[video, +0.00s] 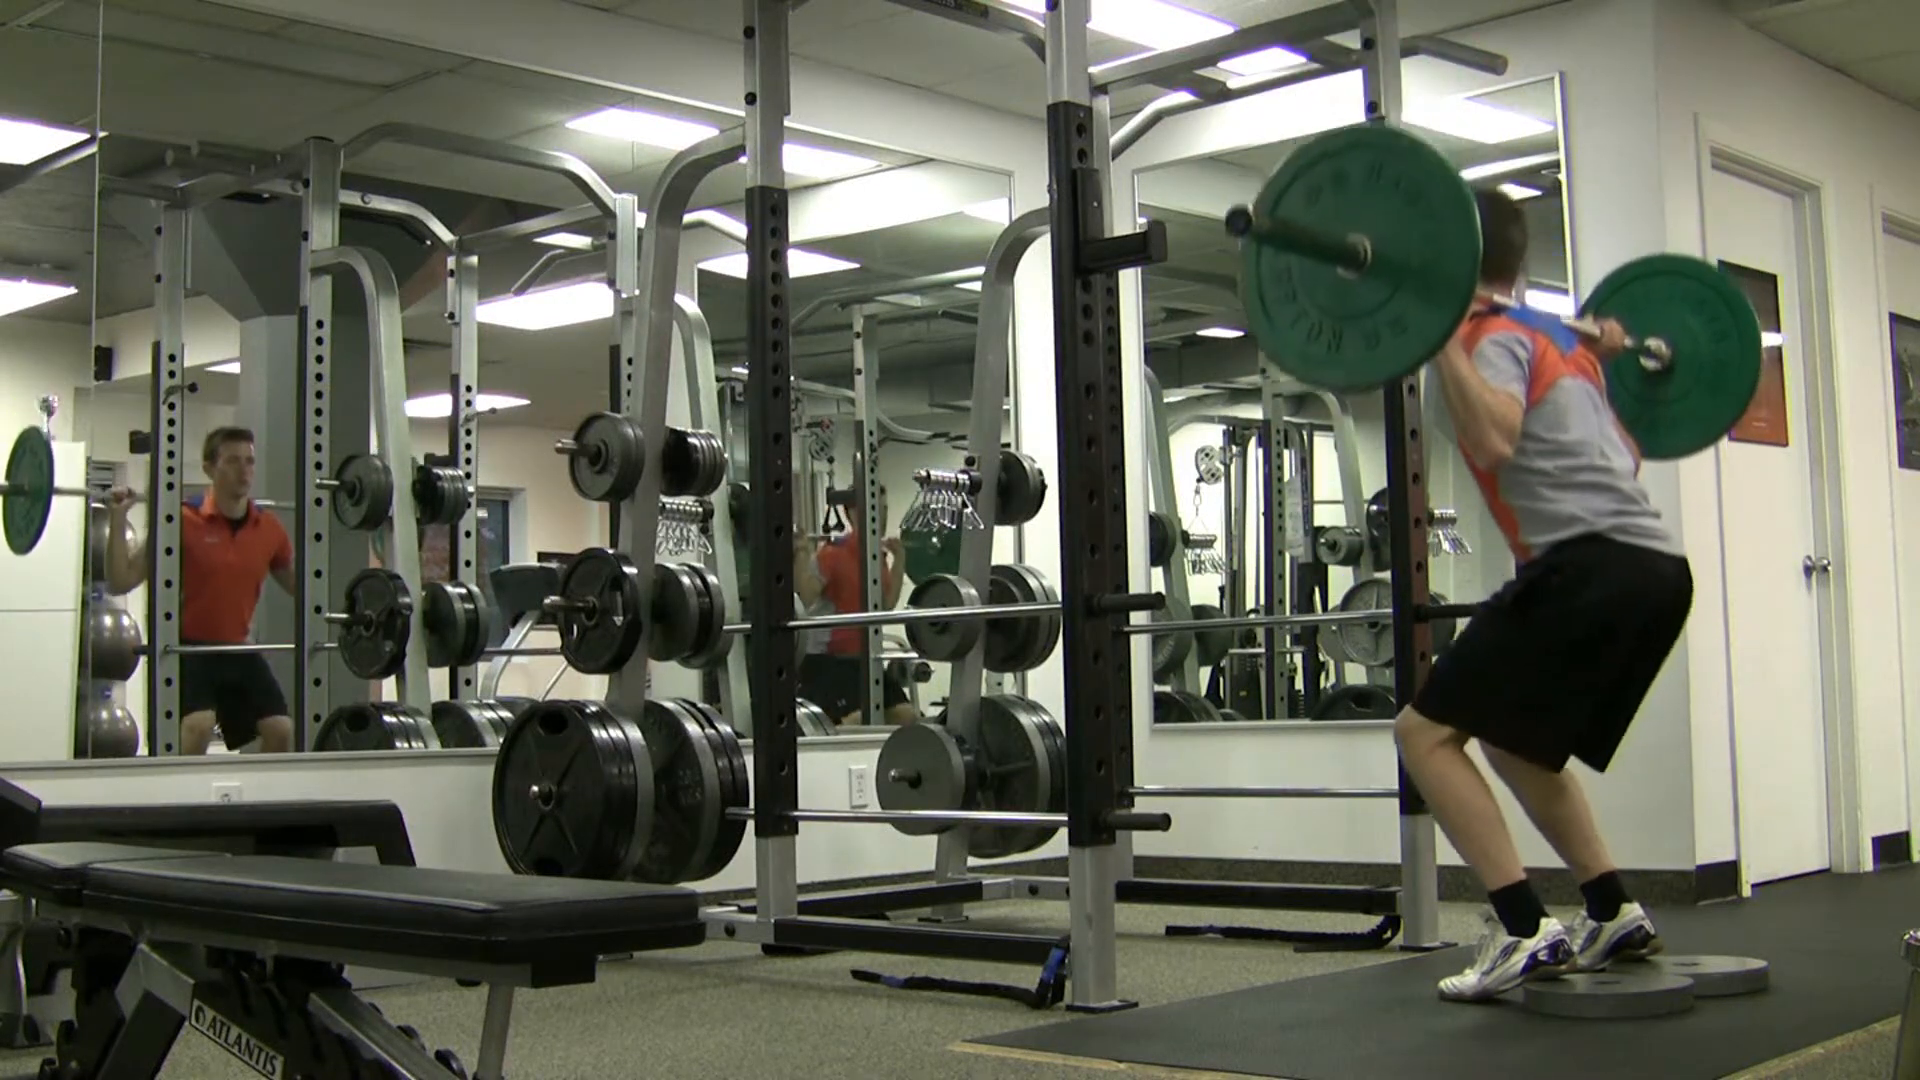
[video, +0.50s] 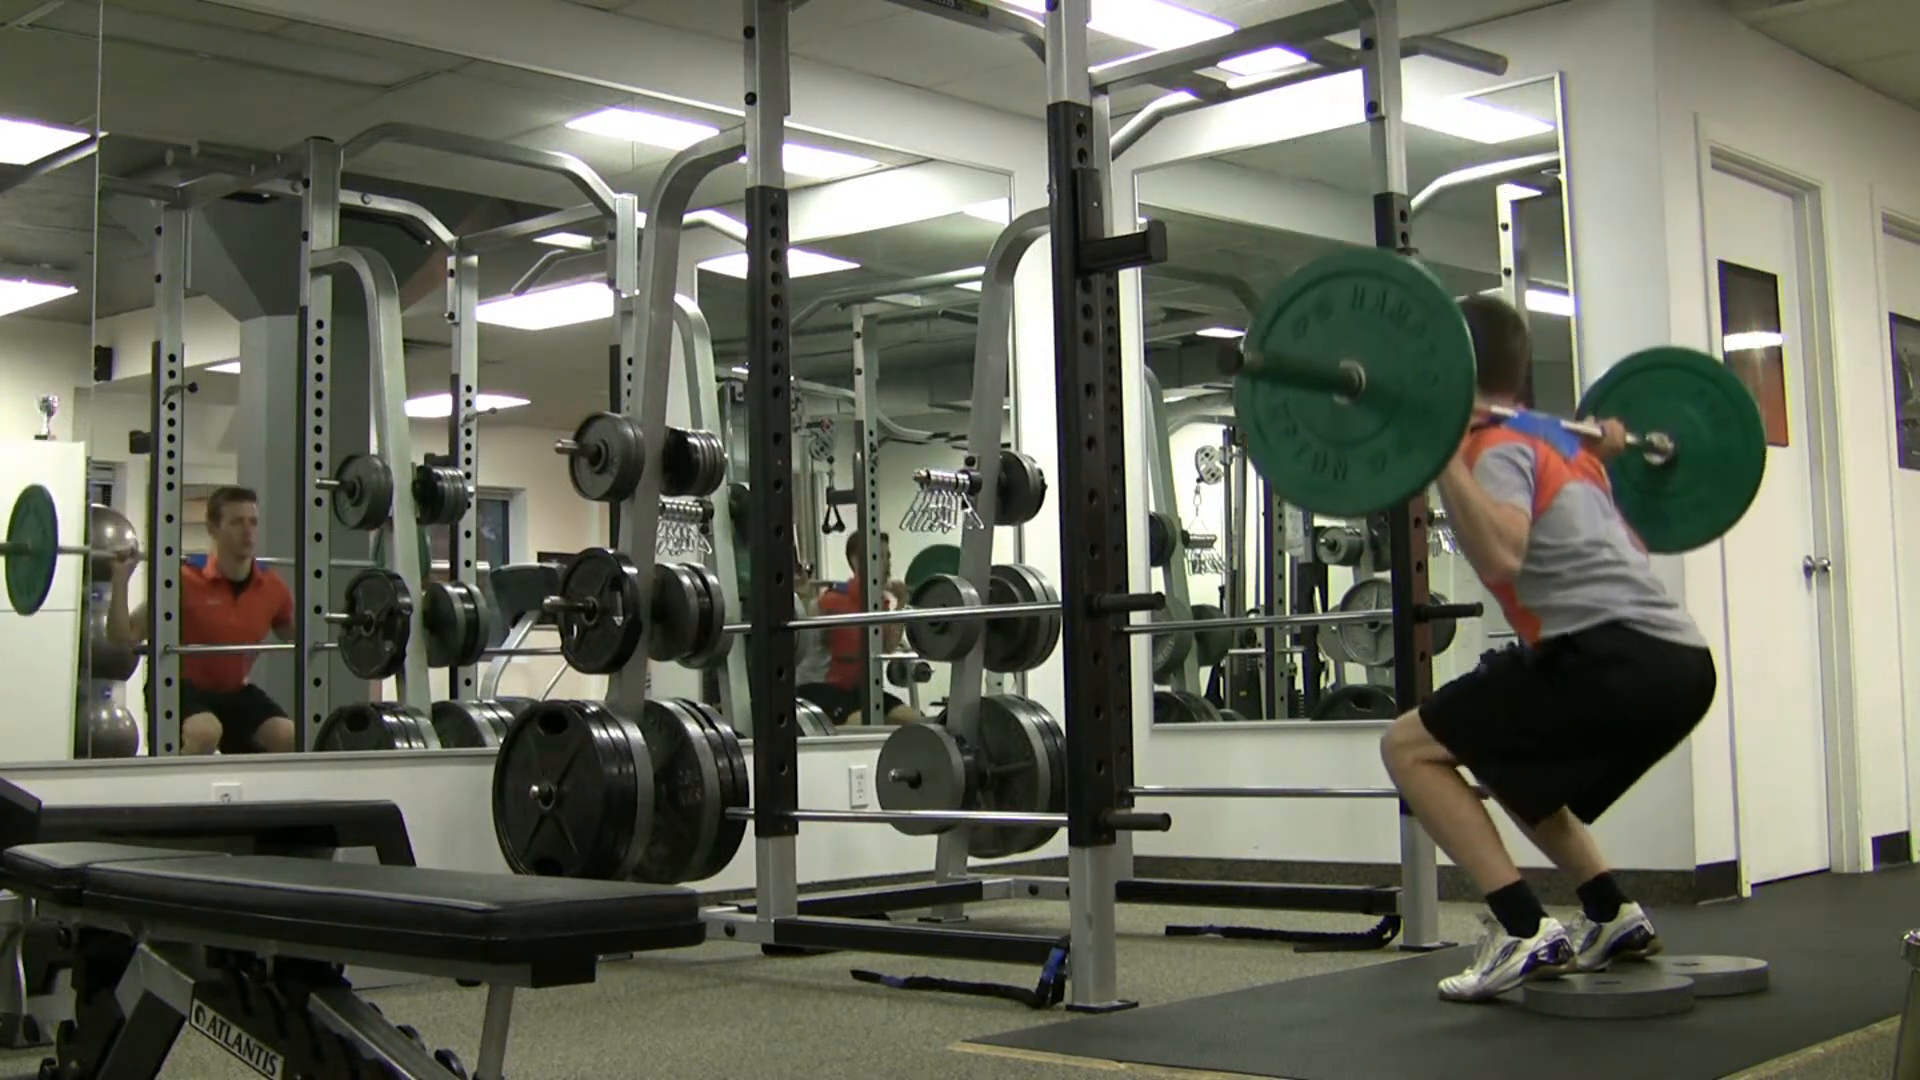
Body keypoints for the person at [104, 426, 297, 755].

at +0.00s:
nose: (245, 471)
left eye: (250, 461)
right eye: (234, 461)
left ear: (256, 467)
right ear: (209, 467)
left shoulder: (268, 527)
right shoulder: (181, 521)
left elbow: (301, 589)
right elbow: (121, 581)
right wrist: (118, 516)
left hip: (239, 652)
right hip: (187, 651)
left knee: (279, 730)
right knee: (198, 726)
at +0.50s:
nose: (248, 531)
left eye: (253, 522)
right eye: (237, 523)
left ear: (259, 526)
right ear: (213, 528)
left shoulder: (272, 588)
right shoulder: (183, 579)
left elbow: (302, 647)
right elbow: (124, 639)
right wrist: (120, 579)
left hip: (235, 693)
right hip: (181, 689)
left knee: (287, 737)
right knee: (205, 732)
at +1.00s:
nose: (251, 566)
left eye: (256, 557)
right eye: (240, 557)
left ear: (263, 561)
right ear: (215, 562)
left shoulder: (273, 618)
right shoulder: (185, 613)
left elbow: (306, 680)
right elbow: (121, 674)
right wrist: (124, 609)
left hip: (241, 716)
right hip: (187, 712)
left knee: (289, 741)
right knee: (205, 735)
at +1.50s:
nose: (251, 513)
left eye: (257, 503)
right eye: (239, 504)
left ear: (264, 508)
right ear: (216, 511)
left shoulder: (274, 568)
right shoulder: (185, 562)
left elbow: (309, 631)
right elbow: (121, 621)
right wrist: (126, 561)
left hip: (240, 678)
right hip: (187, 675)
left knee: (285, 733)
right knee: (207, 729)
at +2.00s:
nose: (250, 443)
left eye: (255, 435)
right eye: (239, 434)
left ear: (262, 441)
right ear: (215, 442)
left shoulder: (273, 502)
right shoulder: (185, 494)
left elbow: (309, 564)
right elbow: (124, 558)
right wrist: (123, 490)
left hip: (243, 633)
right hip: (188, 632)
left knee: (271, 719)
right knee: (198, 715)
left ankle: (270, 803)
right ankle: (178, 803)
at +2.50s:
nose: (249, 402)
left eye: (254, 394)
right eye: (238, 394)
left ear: (261, 401)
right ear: (214, 402)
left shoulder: (272, 462)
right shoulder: (187, 456)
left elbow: (308, 528)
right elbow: (126, 517)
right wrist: (123, 452)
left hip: (250, 605)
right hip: (195, 602)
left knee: (259, 722)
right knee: (187, 721)